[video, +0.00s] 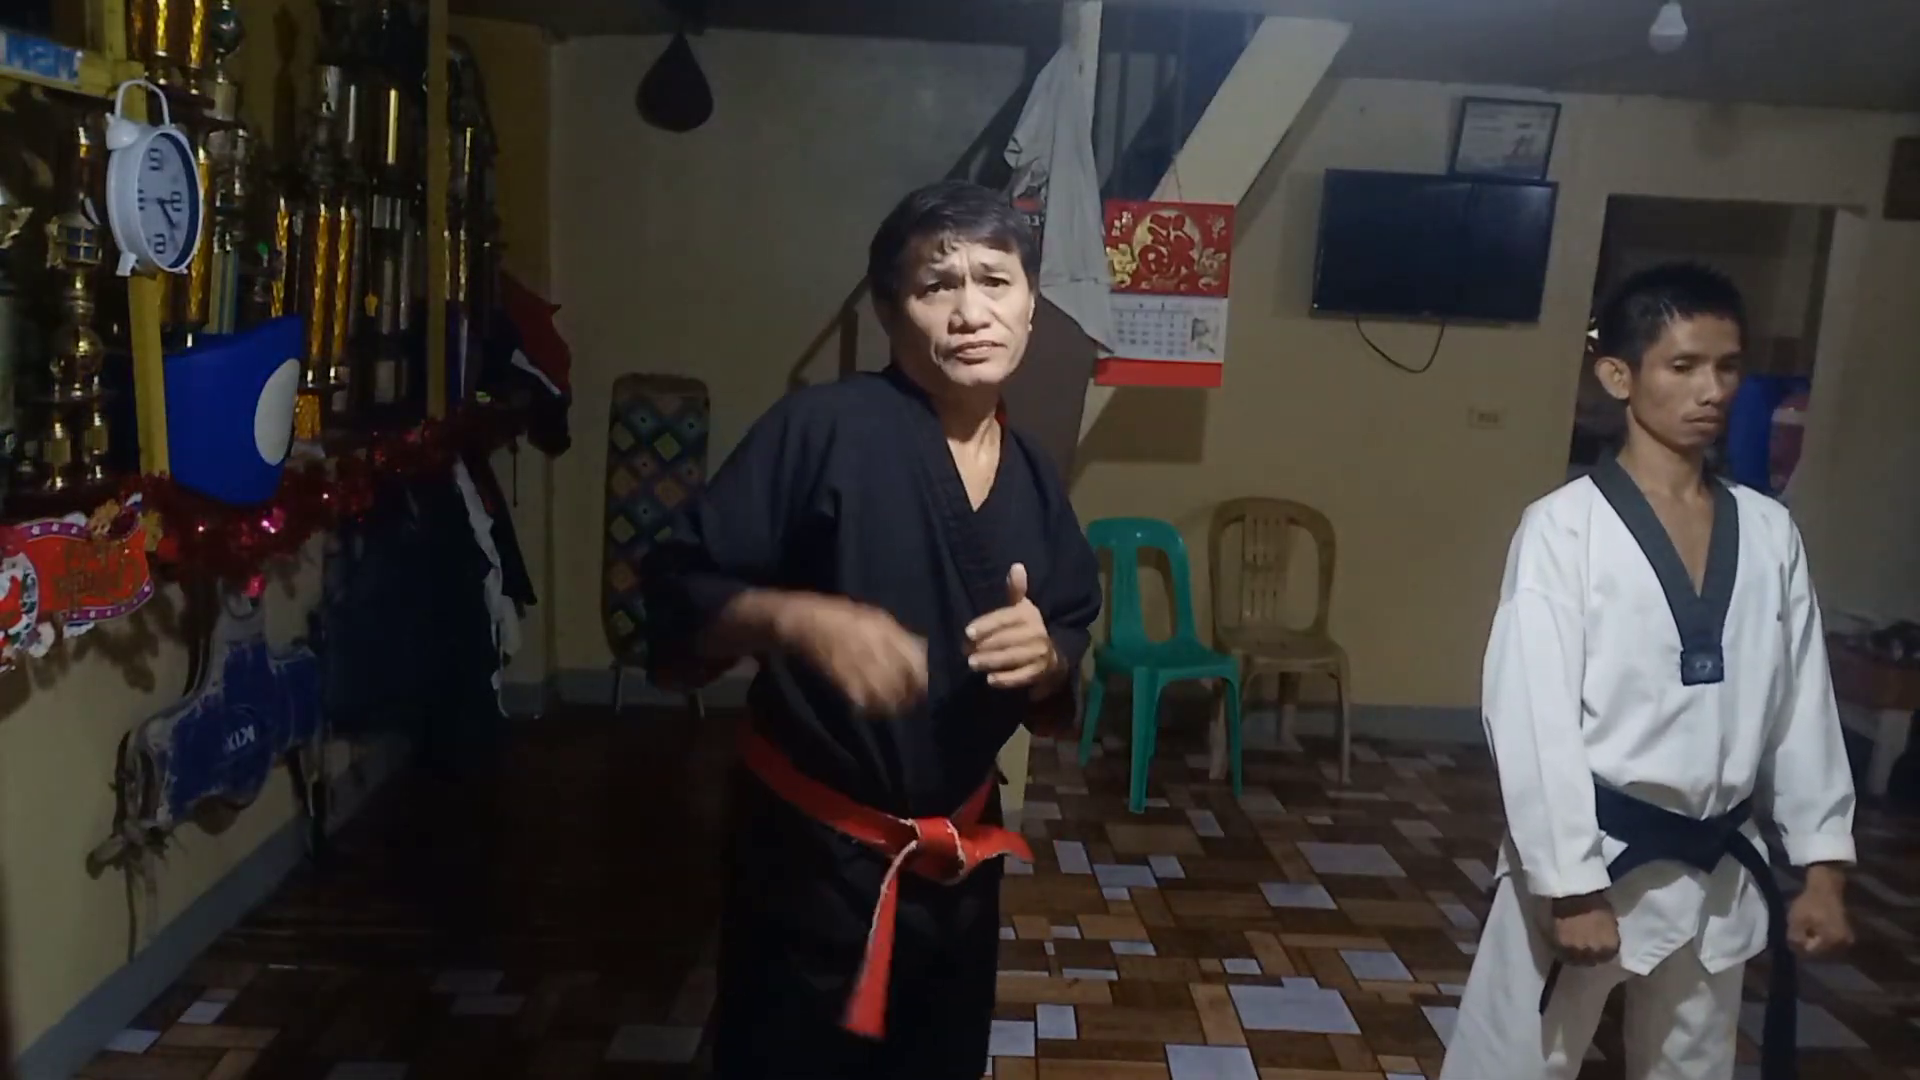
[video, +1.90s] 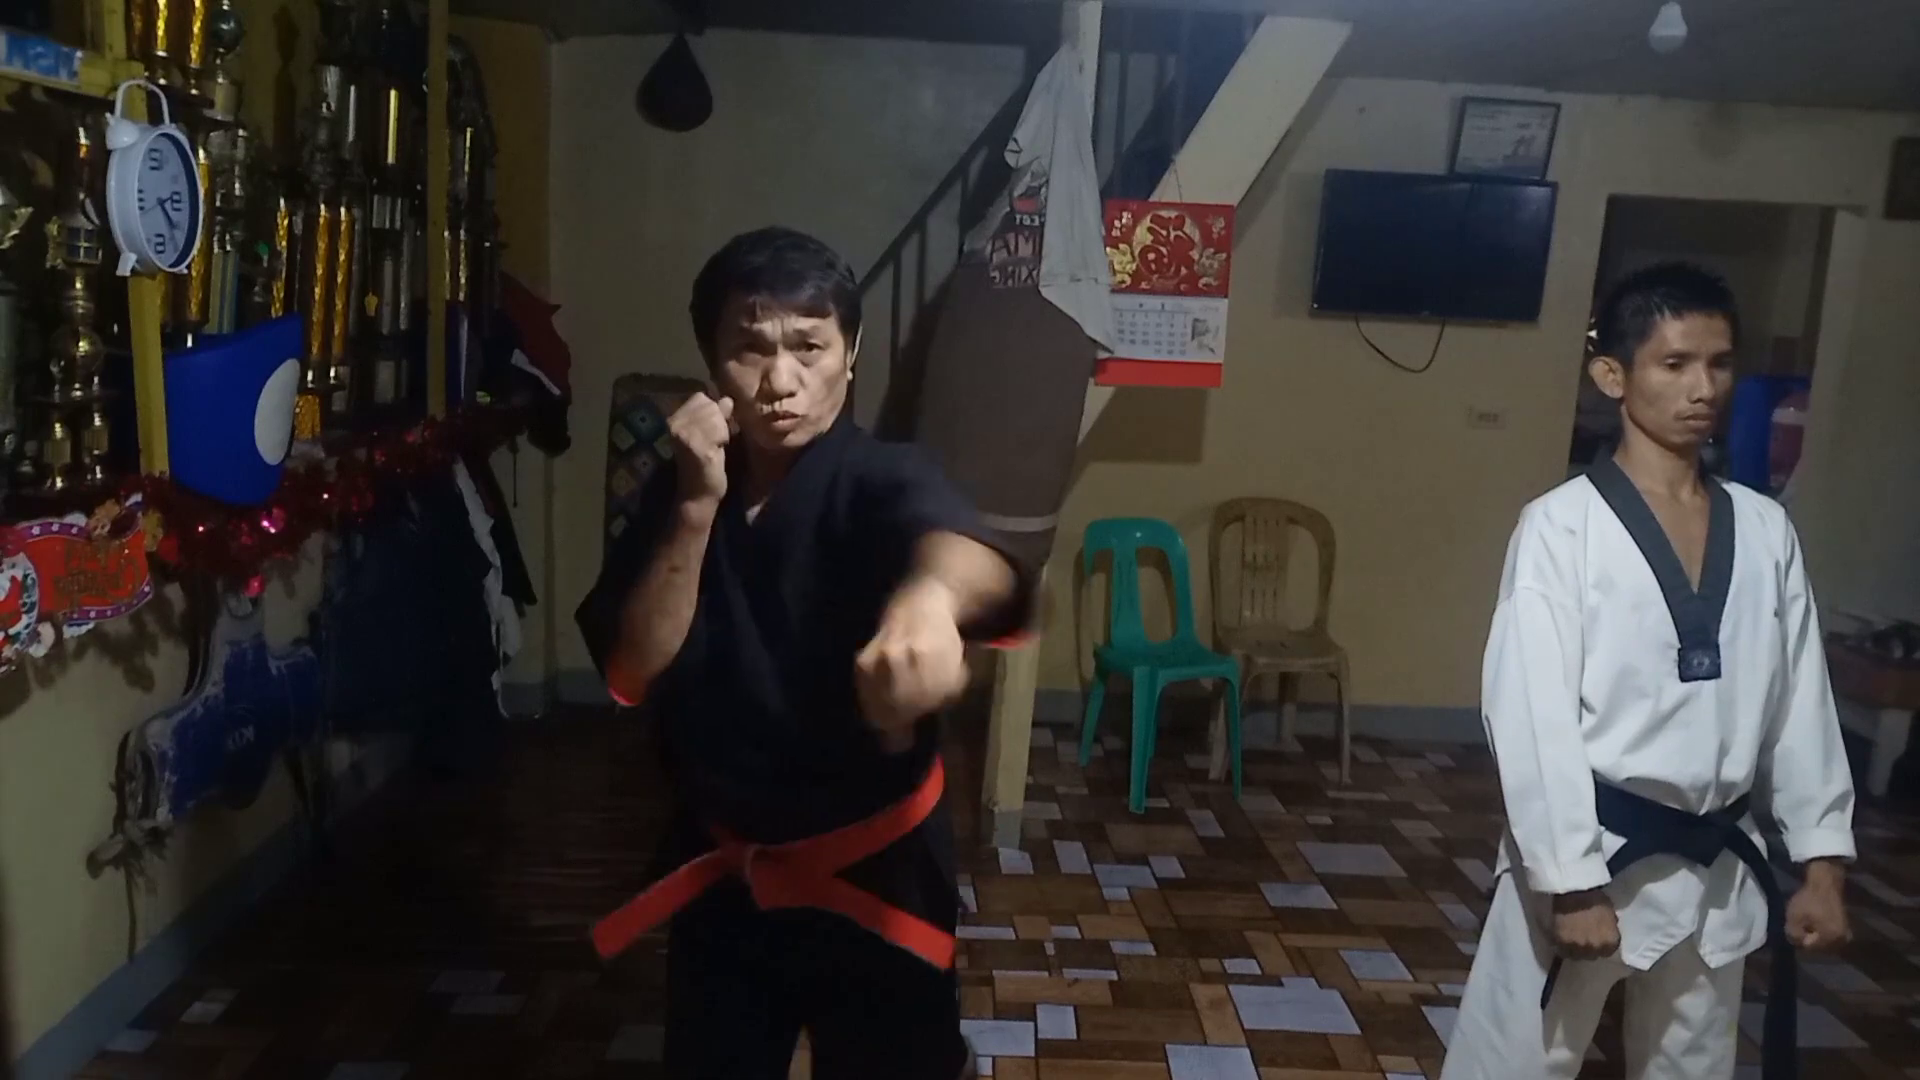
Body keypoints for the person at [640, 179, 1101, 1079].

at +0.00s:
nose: (972, 313)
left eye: (996, 282)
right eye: (937, 287)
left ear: (1032, 304)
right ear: (890, 314)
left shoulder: (1027, 469)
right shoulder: (818, 431)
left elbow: (1069, 635)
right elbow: (671, 593)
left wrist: (1045, 652)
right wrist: (798, 618)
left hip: (958, 852)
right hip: (815, 844)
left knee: (944, 1063)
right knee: (789, 1063)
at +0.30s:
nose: (905, 303)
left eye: (930, 272)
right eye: (869, 279)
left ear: (969, 293)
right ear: (825, 309)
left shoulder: (973, 456)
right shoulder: (770, 449)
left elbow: (1019, 630)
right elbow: (631, 641)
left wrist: (992, 651)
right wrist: (807, 679)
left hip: (916, 862)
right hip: (775, 859)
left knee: (897, 1063)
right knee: (752, 1065)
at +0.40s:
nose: (852, 320)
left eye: (874, 284)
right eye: (812, 296)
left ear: (910, 296)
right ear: (764, 326)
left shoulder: (949, 460)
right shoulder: (719, 488)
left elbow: (1000, 614)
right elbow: (696, 748)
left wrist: (938, 648)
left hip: (892, 861)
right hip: (743, 868)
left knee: (893, 1062)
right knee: (744, 1065)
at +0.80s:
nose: (895, 338)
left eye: (915, 306)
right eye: (862, 314)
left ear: (948, 321)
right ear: (824, 341)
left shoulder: (980, 475)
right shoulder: (776, 475)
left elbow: (1019, 612)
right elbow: (689, 657)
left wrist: (1002, 679)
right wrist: (784, 778)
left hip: (916, 832)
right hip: (783, 834)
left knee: (885, 1052)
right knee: (770, 1058)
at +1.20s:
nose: (912, 338)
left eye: (930, 308)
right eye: (879, 313)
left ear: (959, 317)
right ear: (837, 334)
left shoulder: (972, 463)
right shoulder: (797, 451)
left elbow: (1018, 650)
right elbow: (693, 633)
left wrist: (1003, 569)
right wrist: (835, 660)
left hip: (908, 812)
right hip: (783, 810)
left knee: (887, 1045)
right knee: (759, 1050)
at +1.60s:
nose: (864, 351)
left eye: (886, 318)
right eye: (830, 325)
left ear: (921, 325)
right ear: (784, 340)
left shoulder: (947, 471)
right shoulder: (748, 463)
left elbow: (1004, 652)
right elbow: (700, 594)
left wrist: (992, 549)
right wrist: (774, 593)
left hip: (902, 837)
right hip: (767, 839)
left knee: (916, 1052)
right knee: (753, 1058)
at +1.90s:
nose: (781, 377)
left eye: (807, 347)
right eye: (752, 350)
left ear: (848, 356)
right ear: (714, 366)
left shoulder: (883, 478)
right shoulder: (673, 496)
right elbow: (631, 672)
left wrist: (928, 596)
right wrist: (694, 507)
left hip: (876, 876)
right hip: (722, 878)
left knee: (891, 1066)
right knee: (713, 1066)